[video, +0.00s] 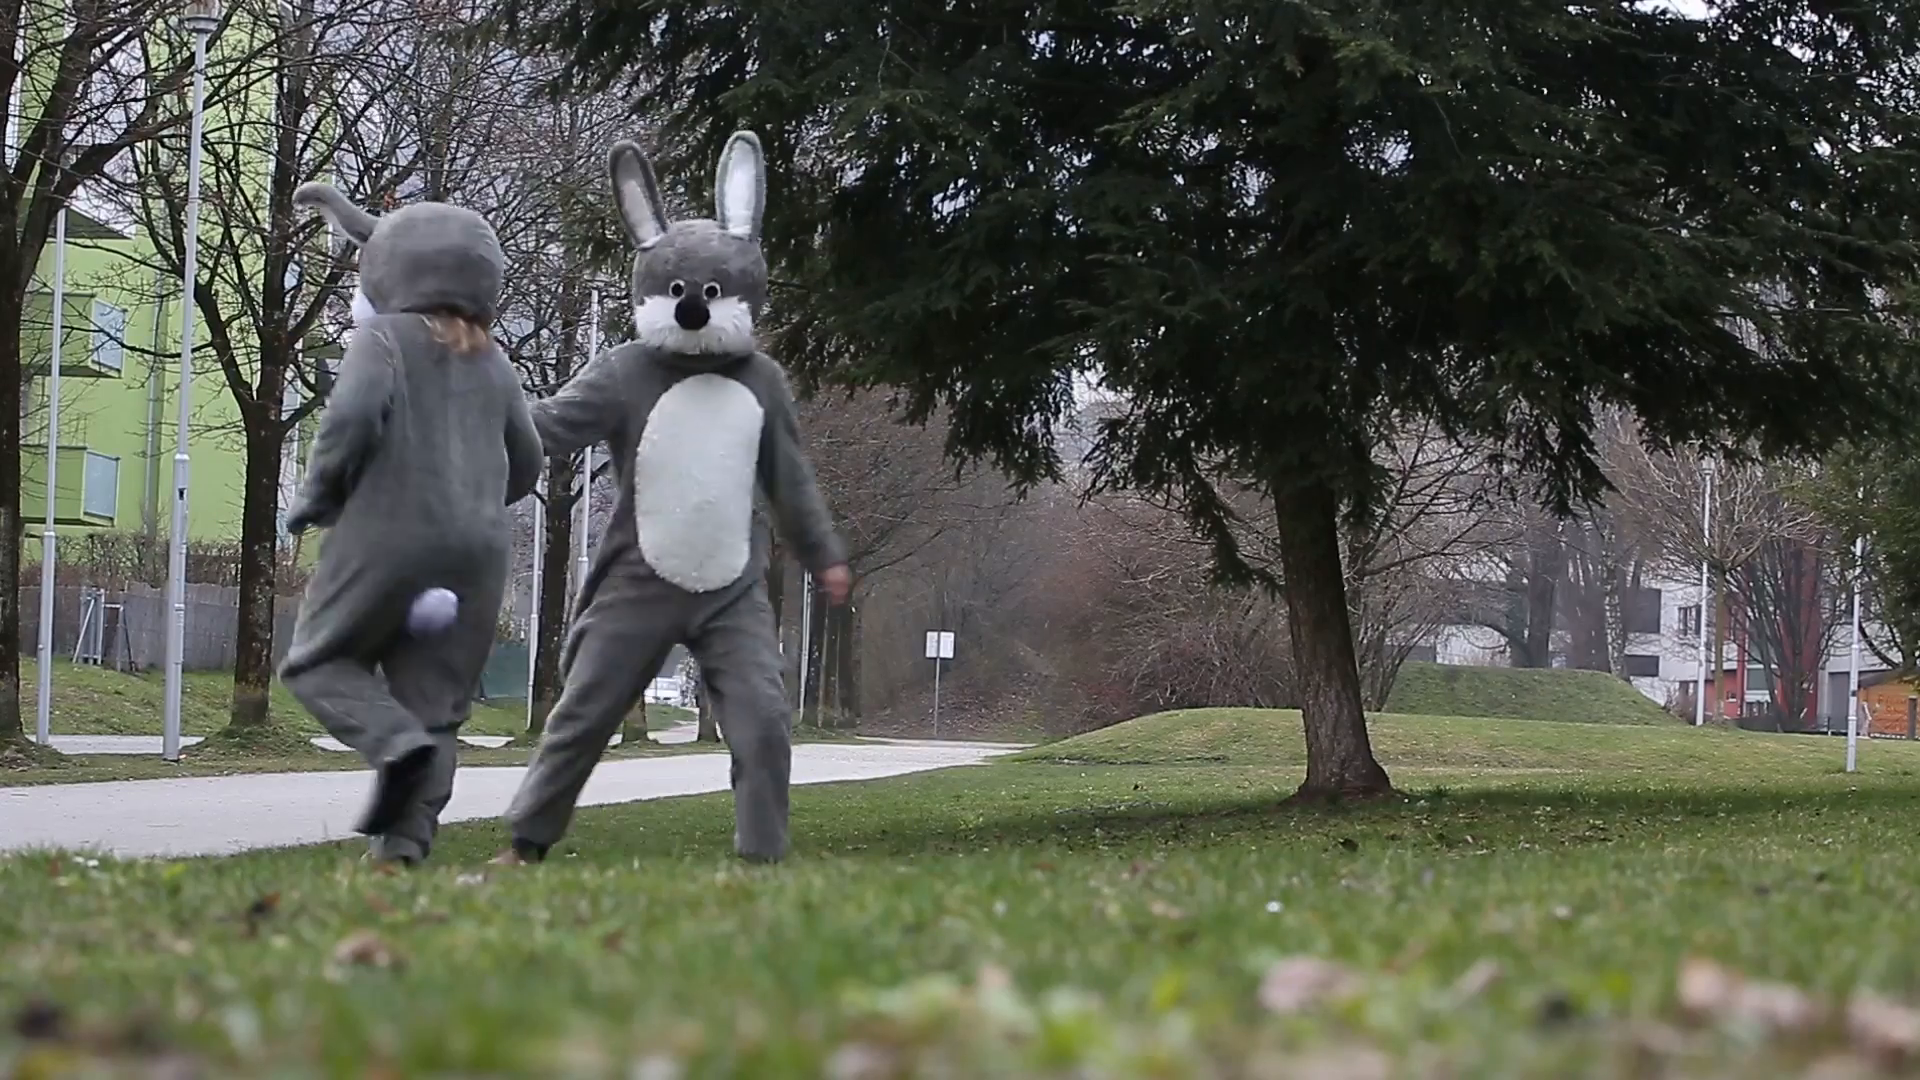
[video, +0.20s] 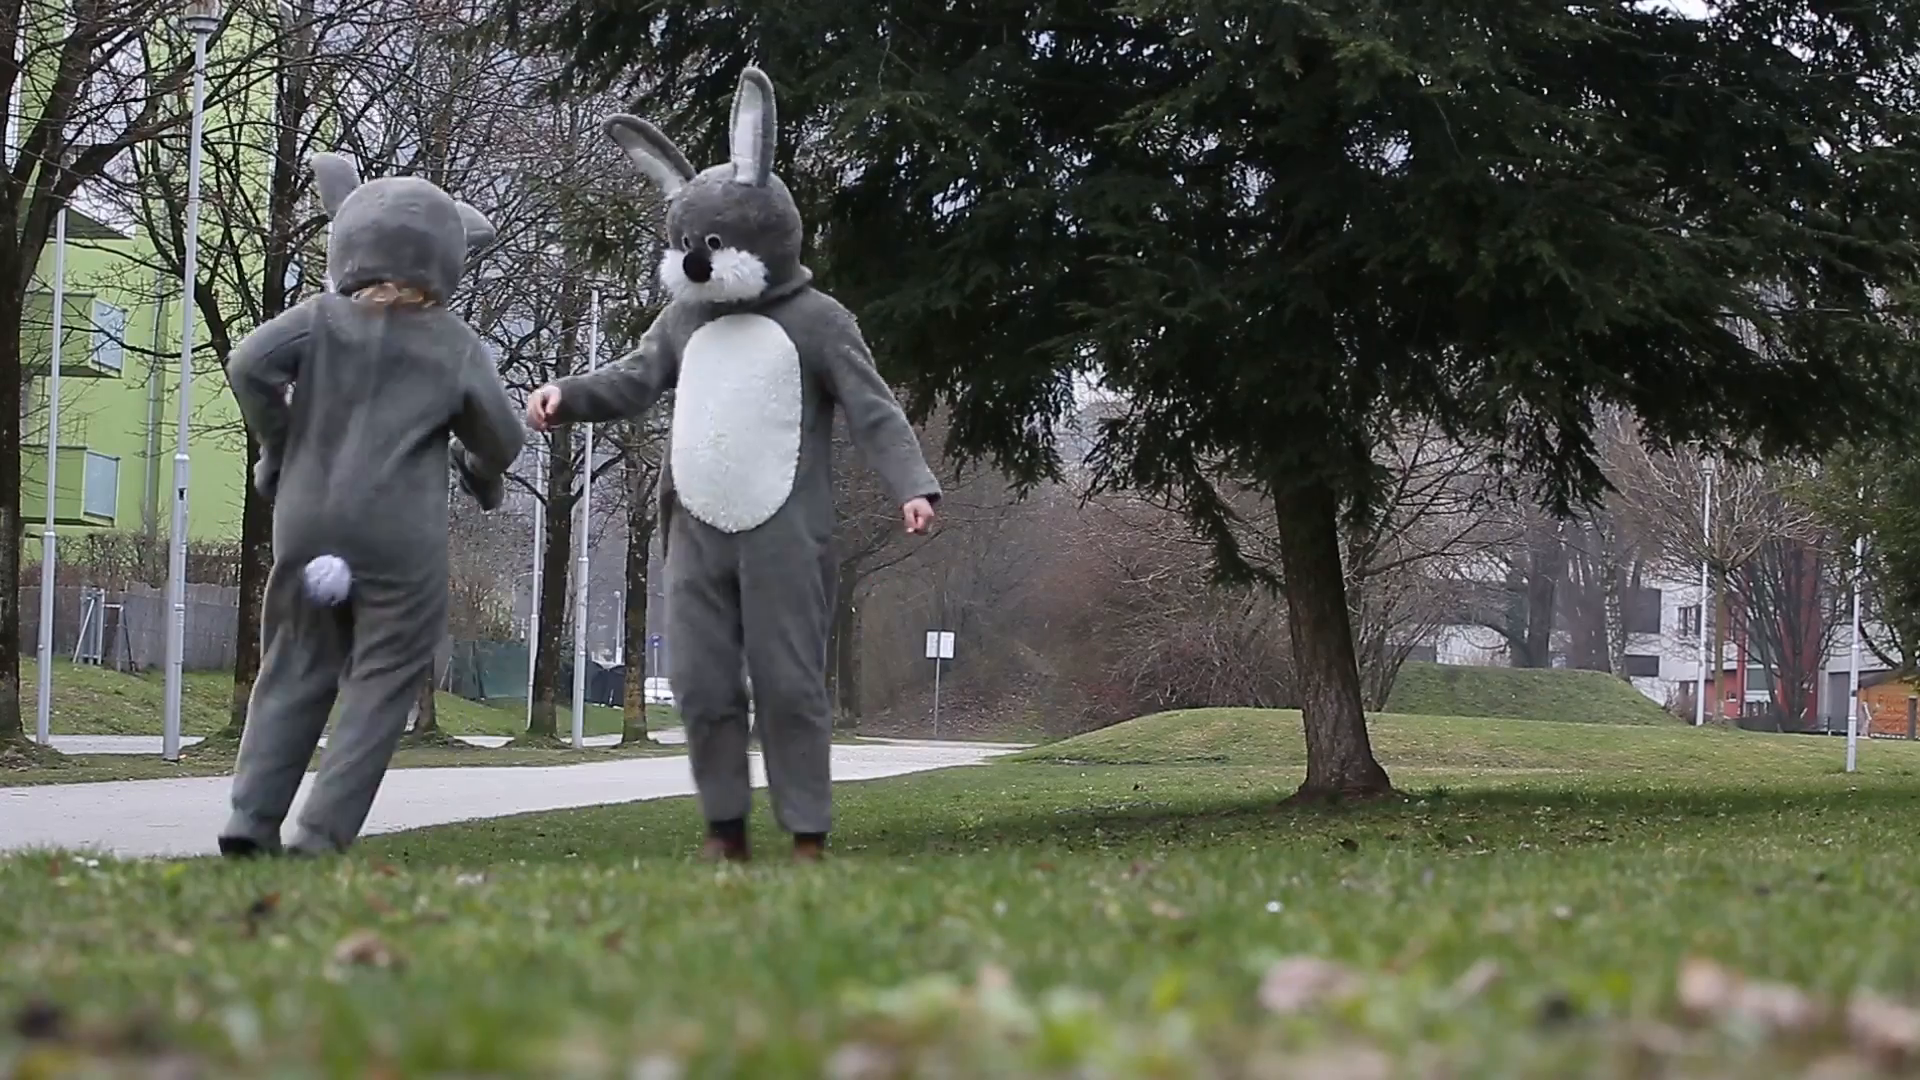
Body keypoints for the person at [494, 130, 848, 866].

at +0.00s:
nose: (697, 307)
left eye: (716, 292)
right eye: (679, 290)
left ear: (745, 303)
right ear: (652, 297)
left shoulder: (762, 382)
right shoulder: (626, 372)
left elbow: (790, 475)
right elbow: (542, 429)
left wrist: (826, 553)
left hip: (734, 590)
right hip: (639, 583)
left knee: (765, 722)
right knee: (583, 715)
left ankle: (763, 862)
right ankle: (525, 844)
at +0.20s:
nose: (706, 267)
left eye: (721, 250)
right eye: (695, 253)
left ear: (762, 246)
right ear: (685, 252)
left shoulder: (815, 319)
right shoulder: (682, 321)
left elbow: (871, 408)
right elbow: (635, 379)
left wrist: (911, 483)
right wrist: (569, 394)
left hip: (786, 530)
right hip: (694, 529)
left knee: (787, 681)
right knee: (702, 686)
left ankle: (806, 837)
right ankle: (725, 835)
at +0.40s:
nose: (706, 291)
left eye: (718, 273)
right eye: (699, 278)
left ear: (769, 265)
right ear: (712, 284)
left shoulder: (830, 340)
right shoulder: (734, 359)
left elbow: (888, 435)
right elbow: (717, 419)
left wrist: (875, 501)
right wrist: (646, 399)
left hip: (829, 548)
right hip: (754, 562)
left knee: (852, 692)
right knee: (785, 710)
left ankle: (940, 831)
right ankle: (842, 847)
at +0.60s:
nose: (721, 308)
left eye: (725, 291)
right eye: (718, 295)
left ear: (765, 280)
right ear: (767, 283)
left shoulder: (836, 336)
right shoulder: (782, 356)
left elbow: (884, 433)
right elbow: (775, 431)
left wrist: (826, 500)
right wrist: (726, 370)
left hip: (850, 555)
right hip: (794, 565)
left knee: (880, 698)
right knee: (799, 716)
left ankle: (944, 843)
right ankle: (849, 854)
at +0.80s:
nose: (738, 301)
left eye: (740, 284)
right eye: (735, 288)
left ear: (779, 268)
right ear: (784, 270)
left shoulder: (849, 322)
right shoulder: (810, 334)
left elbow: (884, 422)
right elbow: (818, 413)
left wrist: (805, 467)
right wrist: (769, 361)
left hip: (865, 543)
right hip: (820, 548)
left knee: (872, 695)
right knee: (811, 704)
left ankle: (949, 840)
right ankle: (854, 843)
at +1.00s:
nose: (737, 274)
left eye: (744, 255)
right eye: (734, 260)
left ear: (785, 242)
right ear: (790, 247)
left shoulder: (845, 309)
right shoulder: (808, 316)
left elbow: (884, 408)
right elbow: (825, 385)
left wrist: (797, 454)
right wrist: (767, 375)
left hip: (860, 530)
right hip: (811, 533)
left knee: (885, 678)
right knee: (781, 682)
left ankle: (949, 836)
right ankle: (816, 840)